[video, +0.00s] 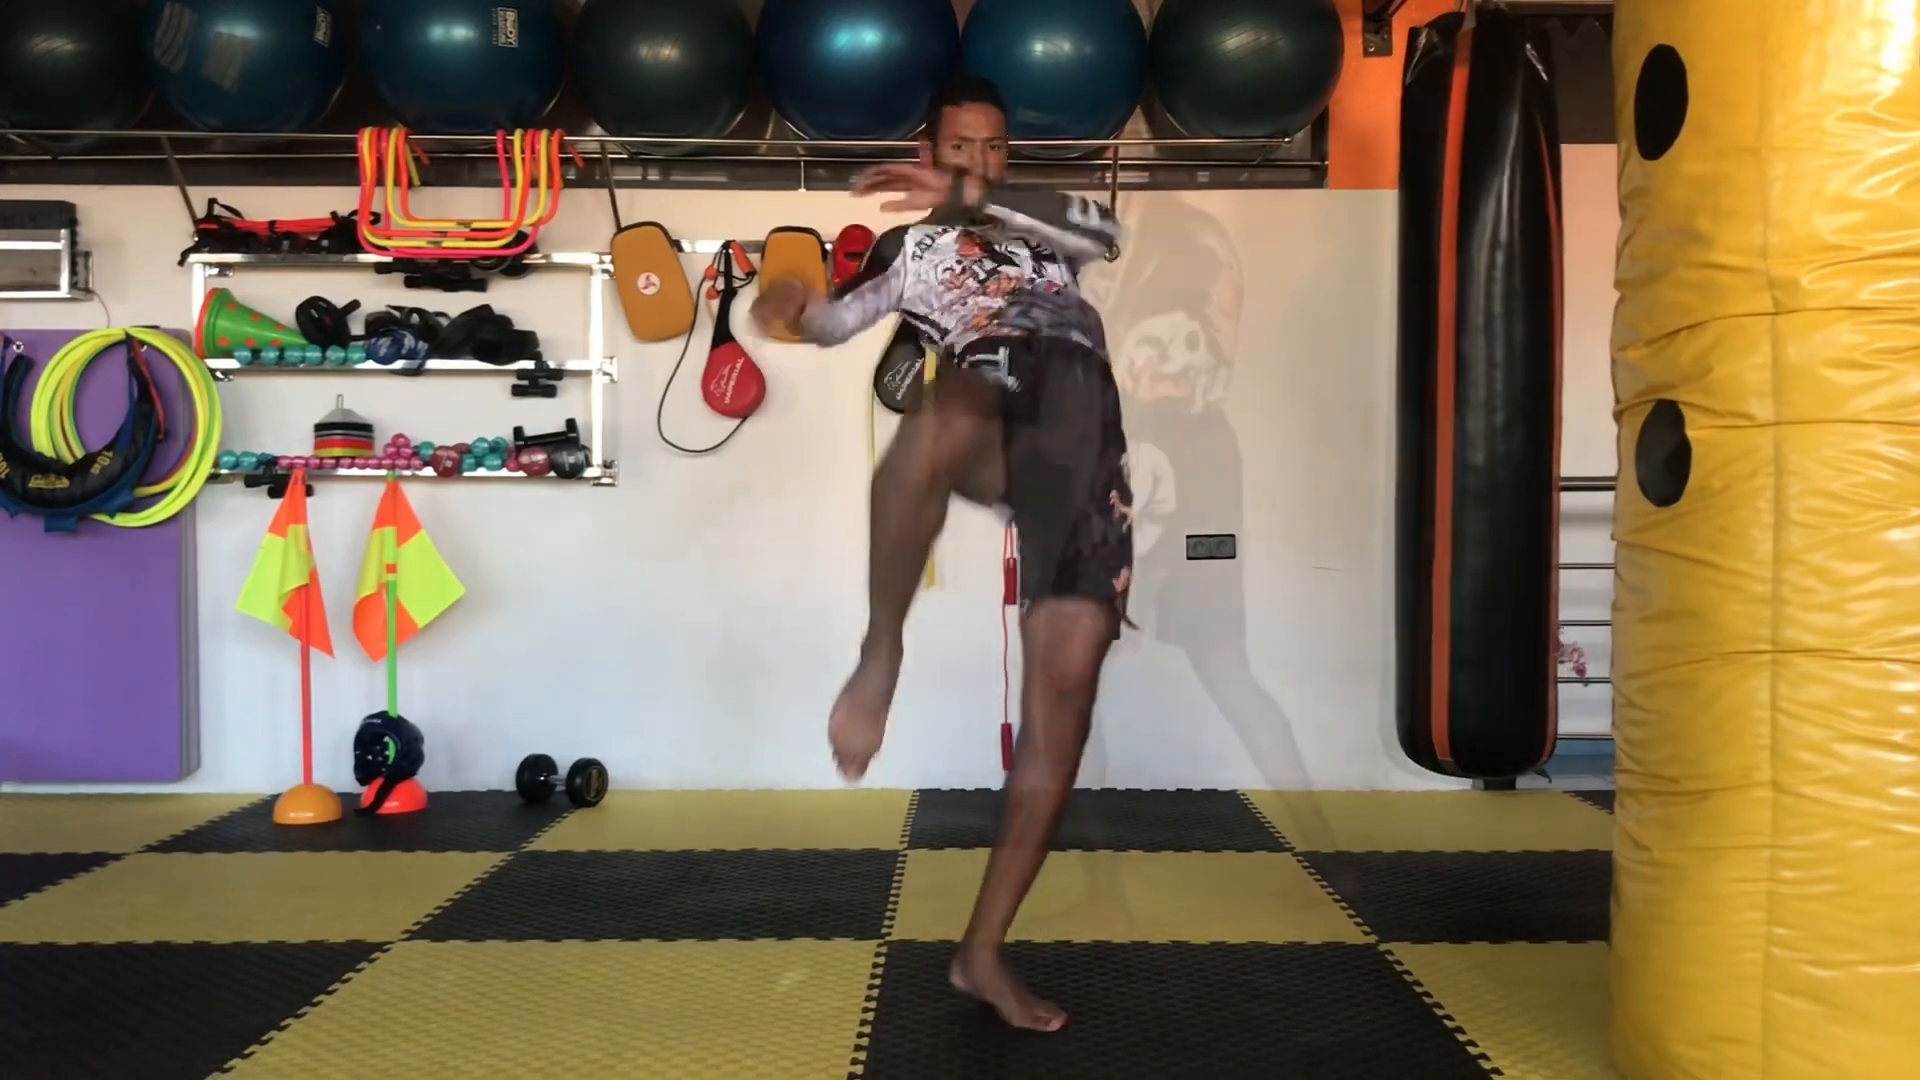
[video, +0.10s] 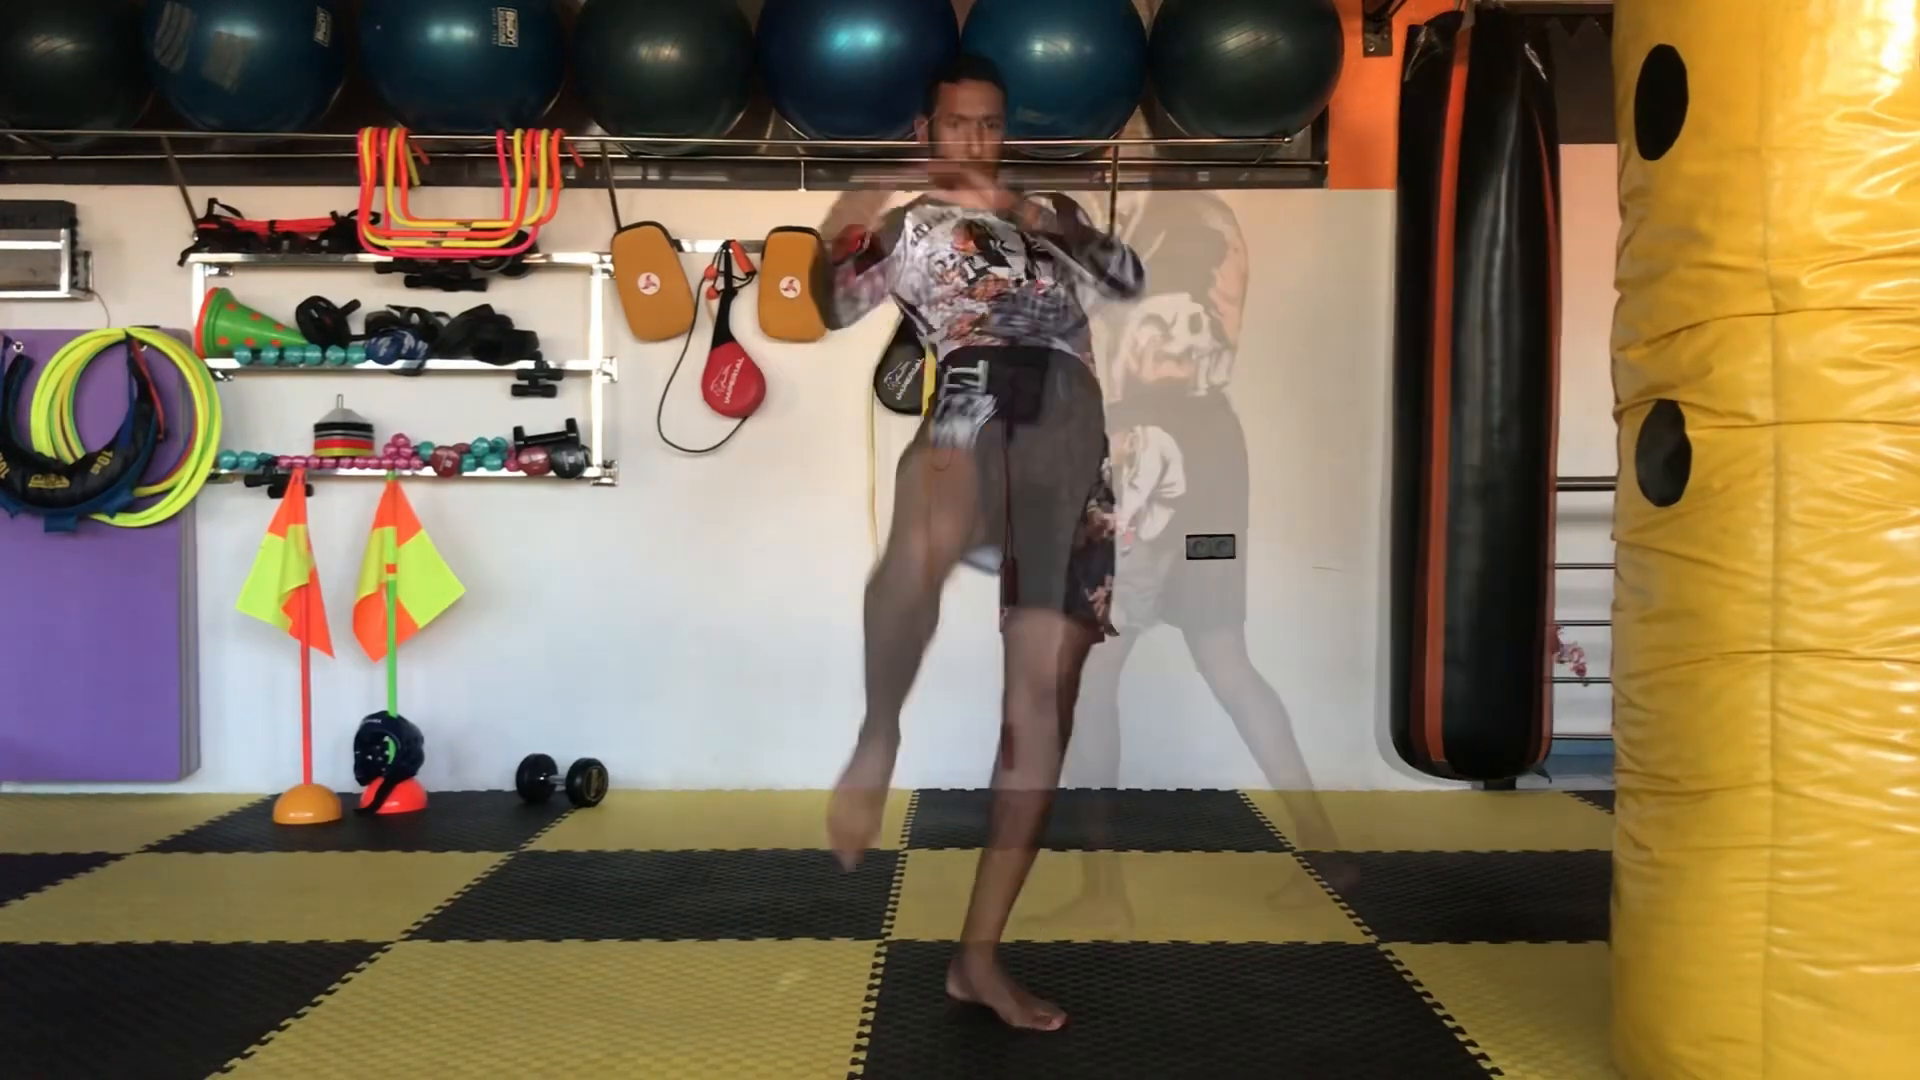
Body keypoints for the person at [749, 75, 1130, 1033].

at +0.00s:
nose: (976, 159)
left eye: (990, 143)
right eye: (959, 143)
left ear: (1010, 154)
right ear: (927, 154)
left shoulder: (1050, 228)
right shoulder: (910, 252)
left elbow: (1106, 232)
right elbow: (828, 322)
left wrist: (966, 197)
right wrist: (784, 303)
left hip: (1084, 446)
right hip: (992, 432)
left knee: (1061, 717)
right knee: (941, 411)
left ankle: (981, 948)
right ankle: (880, 653)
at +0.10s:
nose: (972, 138)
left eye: (988, 124)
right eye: (957, 122)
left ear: (1007, 132)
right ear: (927, 129)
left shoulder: (1051, 216)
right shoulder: (901, 218)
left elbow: (1131, 276)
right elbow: (838, 306)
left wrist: (1036, 216)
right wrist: (858, 223)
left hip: (1069, 439)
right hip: (964, 424)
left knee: (1041, 710)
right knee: (923, 540)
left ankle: (980, 954)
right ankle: (877, 740)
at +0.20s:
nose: (970, 120)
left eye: (985, 105)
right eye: (953, 104)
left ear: (1005, 114)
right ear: (923, 114)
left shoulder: (1047, 209)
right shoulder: (900, 210)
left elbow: (1131, 322)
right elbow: (836, 314)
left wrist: (1074, 252)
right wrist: (873, 230)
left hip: (1051, 454)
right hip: (945, 443)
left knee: (1022, 707)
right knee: (904, 651)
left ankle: (978, 958)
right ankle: (876, 814)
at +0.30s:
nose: (958, 112)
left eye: (975, 95)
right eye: (942, 94)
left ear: (997, 107)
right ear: (916, 106)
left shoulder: (1044, 212)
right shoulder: (887, 211)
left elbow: (1114, 354)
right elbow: (833, 334)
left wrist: (1089, 305)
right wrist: (848, 282)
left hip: (1031, 468)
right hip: (922, 463)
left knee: (1010, 714)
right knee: (878, 702)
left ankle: (975, 960)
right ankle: (875, 840)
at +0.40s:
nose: (951, 107)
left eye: (967, 89)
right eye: (934, 87)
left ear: (988, 100)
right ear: (905, 98)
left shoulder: (1033, 212)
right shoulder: (874, 205)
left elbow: (1090, 355)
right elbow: (824, 346)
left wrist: (1052, 317)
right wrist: (850, 285)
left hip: (1011, 474)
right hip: (904, 472)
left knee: (1002, 718)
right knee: (851, 708)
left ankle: (974, 959)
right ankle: (871, 837)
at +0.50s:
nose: (931, 108)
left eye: (947, 89)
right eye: (914, 89)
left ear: (974, 97)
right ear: (889, 97)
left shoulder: (1022, 209)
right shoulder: (865, 207)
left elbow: (1092, 330)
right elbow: (805, 350)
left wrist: (1046, 263)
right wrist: (827, 286)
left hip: (991, 469)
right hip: (883, 467)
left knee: (994, 708)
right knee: (836, 692)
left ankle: (976, 957)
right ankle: (864, 837)